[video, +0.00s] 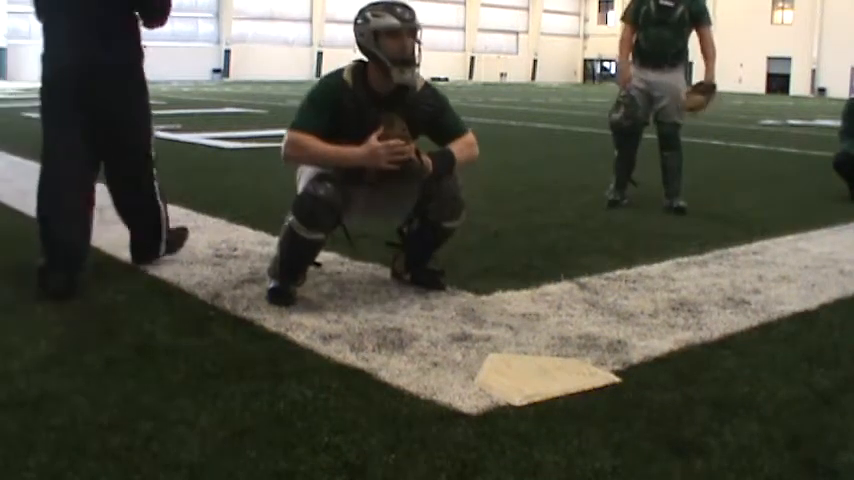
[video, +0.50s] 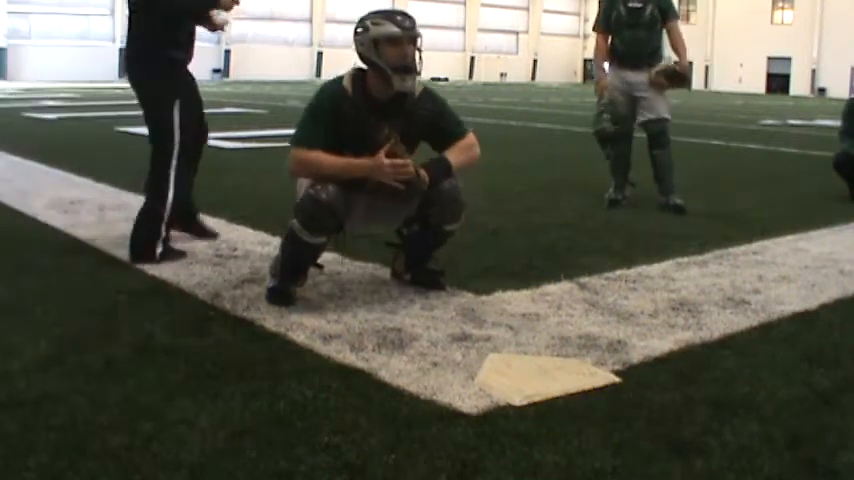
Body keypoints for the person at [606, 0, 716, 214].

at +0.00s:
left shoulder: (694, 5)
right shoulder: (640, 3)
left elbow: (706, 39)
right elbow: (627, 34)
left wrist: (708, 78)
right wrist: (623, 67)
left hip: (672, 76)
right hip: (638, 73)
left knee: (670, 139)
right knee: (626, 136)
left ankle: (673, 197)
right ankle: (619, 189)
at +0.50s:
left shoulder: (661, 4)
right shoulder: (610, 4)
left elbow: (673, 30)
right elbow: (601, 39)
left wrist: (683, 61)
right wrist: (600, 76)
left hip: (651, 76)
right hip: (618, 74)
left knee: (659, 133)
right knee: (619, 134)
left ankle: (668, 194)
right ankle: (618, 188)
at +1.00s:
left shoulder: (652, 4)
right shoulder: (602, 5)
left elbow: (666, 29)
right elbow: (591, 40)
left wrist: (676, 60)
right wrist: (584, 77)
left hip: (645, 75)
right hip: (613, 75)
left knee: (651, 135)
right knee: (617, 135)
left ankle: (657, 193)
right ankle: (618, 188)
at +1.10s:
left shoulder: (651, 3)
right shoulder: (601, 5)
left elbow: (665, 28)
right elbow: (591, 39)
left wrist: (675, 59)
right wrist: (583, 77)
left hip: (645, 75)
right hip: (613, 75)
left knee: (650, 135)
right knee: (617, 135)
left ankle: (657, 193)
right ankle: (618, 188)